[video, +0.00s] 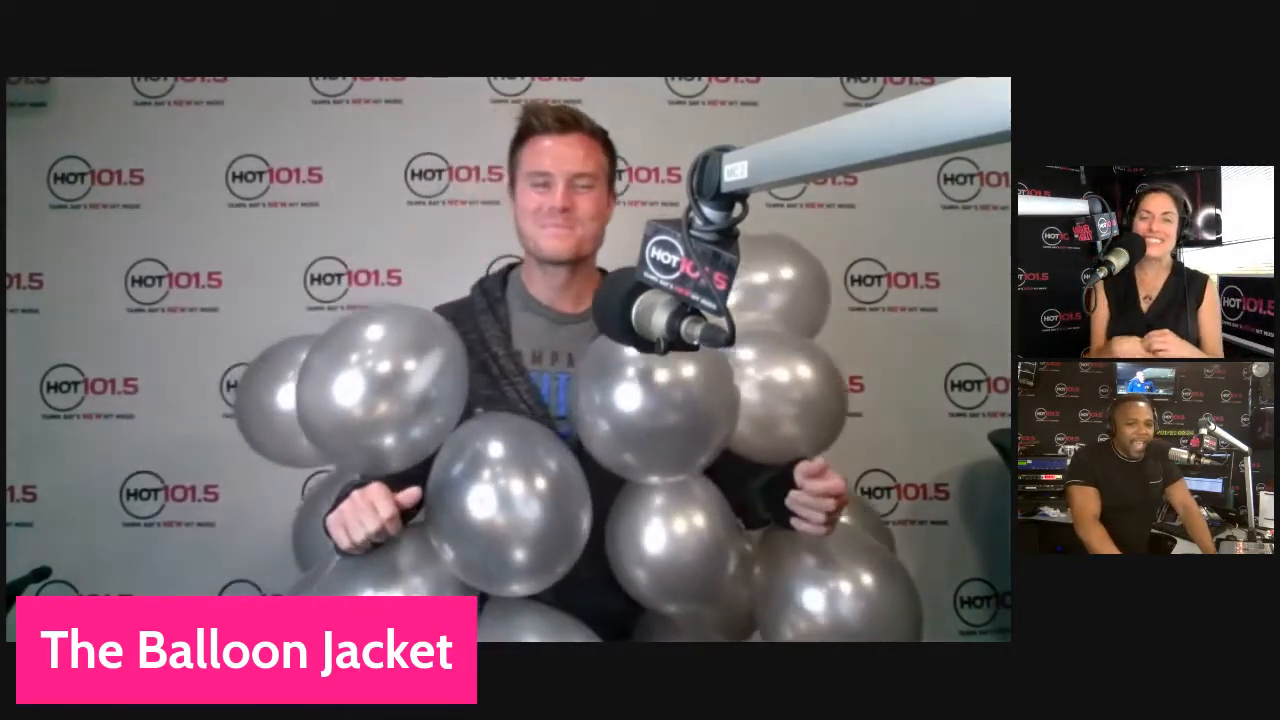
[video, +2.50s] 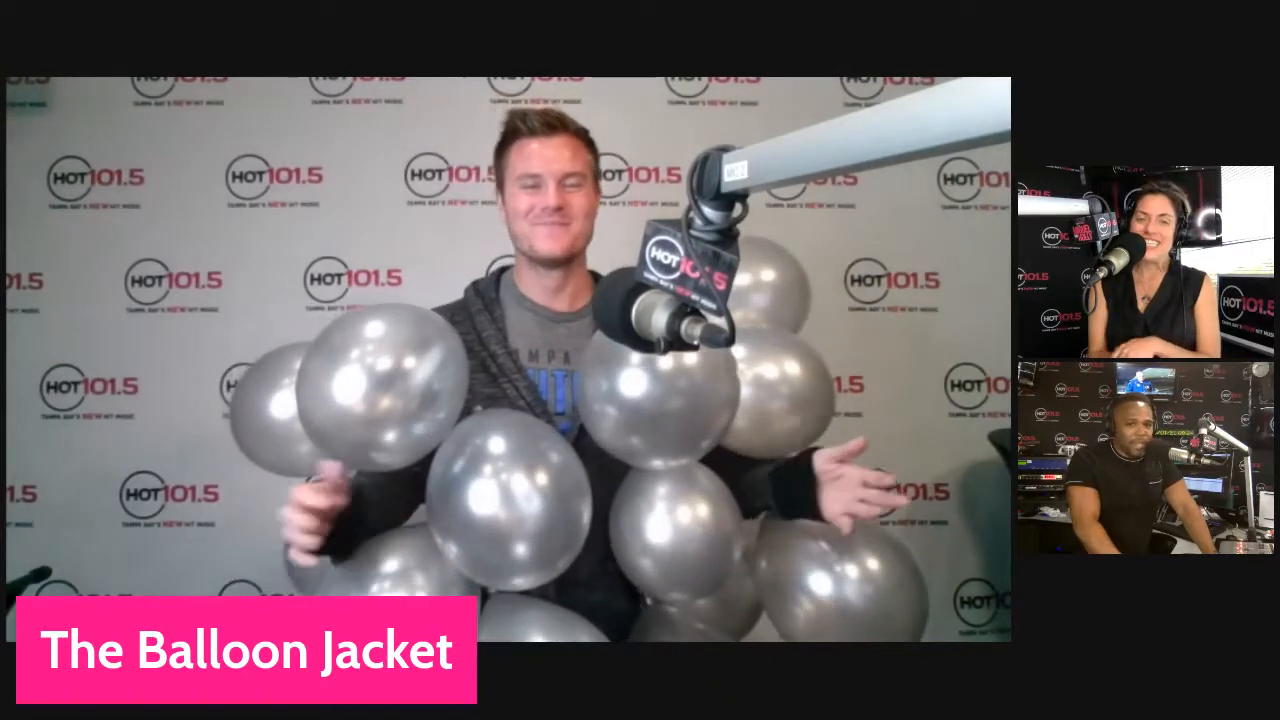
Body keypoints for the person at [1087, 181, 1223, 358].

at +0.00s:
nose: (1154, 227)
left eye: (1167, 219)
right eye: (1144, 217)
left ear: (1180, 228)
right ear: (1131, 223)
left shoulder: (1201, 287)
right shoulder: (1106, 285)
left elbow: (1216, 363)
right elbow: (1094, 355)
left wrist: (1183, 348)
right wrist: (1116, 346)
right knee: (1122, 346)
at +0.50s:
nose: (1153, 227)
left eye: (1166, 219)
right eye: (1144, 217)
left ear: (1181, 228)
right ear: (1131, 223)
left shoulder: (1201, 287)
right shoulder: (1108, 285)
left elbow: (1215, 361)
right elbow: (1096, 356)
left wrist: (1184, 347)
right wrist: (1114, 343)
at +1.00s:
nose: (1152, 228)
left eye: (1164, 220)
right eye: (1143, 218)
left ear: (1178, 229)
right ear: (1130, 223)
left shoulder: (1200, 288)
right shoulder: (1106, 286)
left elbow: (1214, 361)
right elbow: (1095, 356)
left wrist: (1181, 347)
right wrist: (1115, 345)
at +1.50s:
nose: (1151, 230)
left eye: (1164, 221)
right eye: (1142, 219)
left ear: (1178, 229)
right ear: (1129, 224)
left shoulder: (1199, 286)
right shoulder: (1106, 285)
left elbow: (1211, 360)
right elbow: (1095, 354)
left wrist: (1166, 342)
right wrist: (1132, 348)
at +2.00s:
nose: (1150, 231)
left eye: (1163, 223)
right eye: (1141, 220)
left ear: (1177, 230)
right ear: (1127, 224)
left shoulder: (1198, 287)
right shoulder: (1104, 285)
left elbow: (1211, 361)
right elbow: (1093, 359)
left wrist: (1179, 347)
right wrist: (1099, 342)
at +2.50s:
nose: (1150, 229)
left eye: (1163, 221)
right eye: (1141, 218)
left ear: (1178, 231)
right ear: (1128, 224)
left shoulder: (1198, 285)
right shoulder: (1104, 285)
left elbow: (1211, 360)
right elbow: (1095, 354)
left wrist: (1158, 346)